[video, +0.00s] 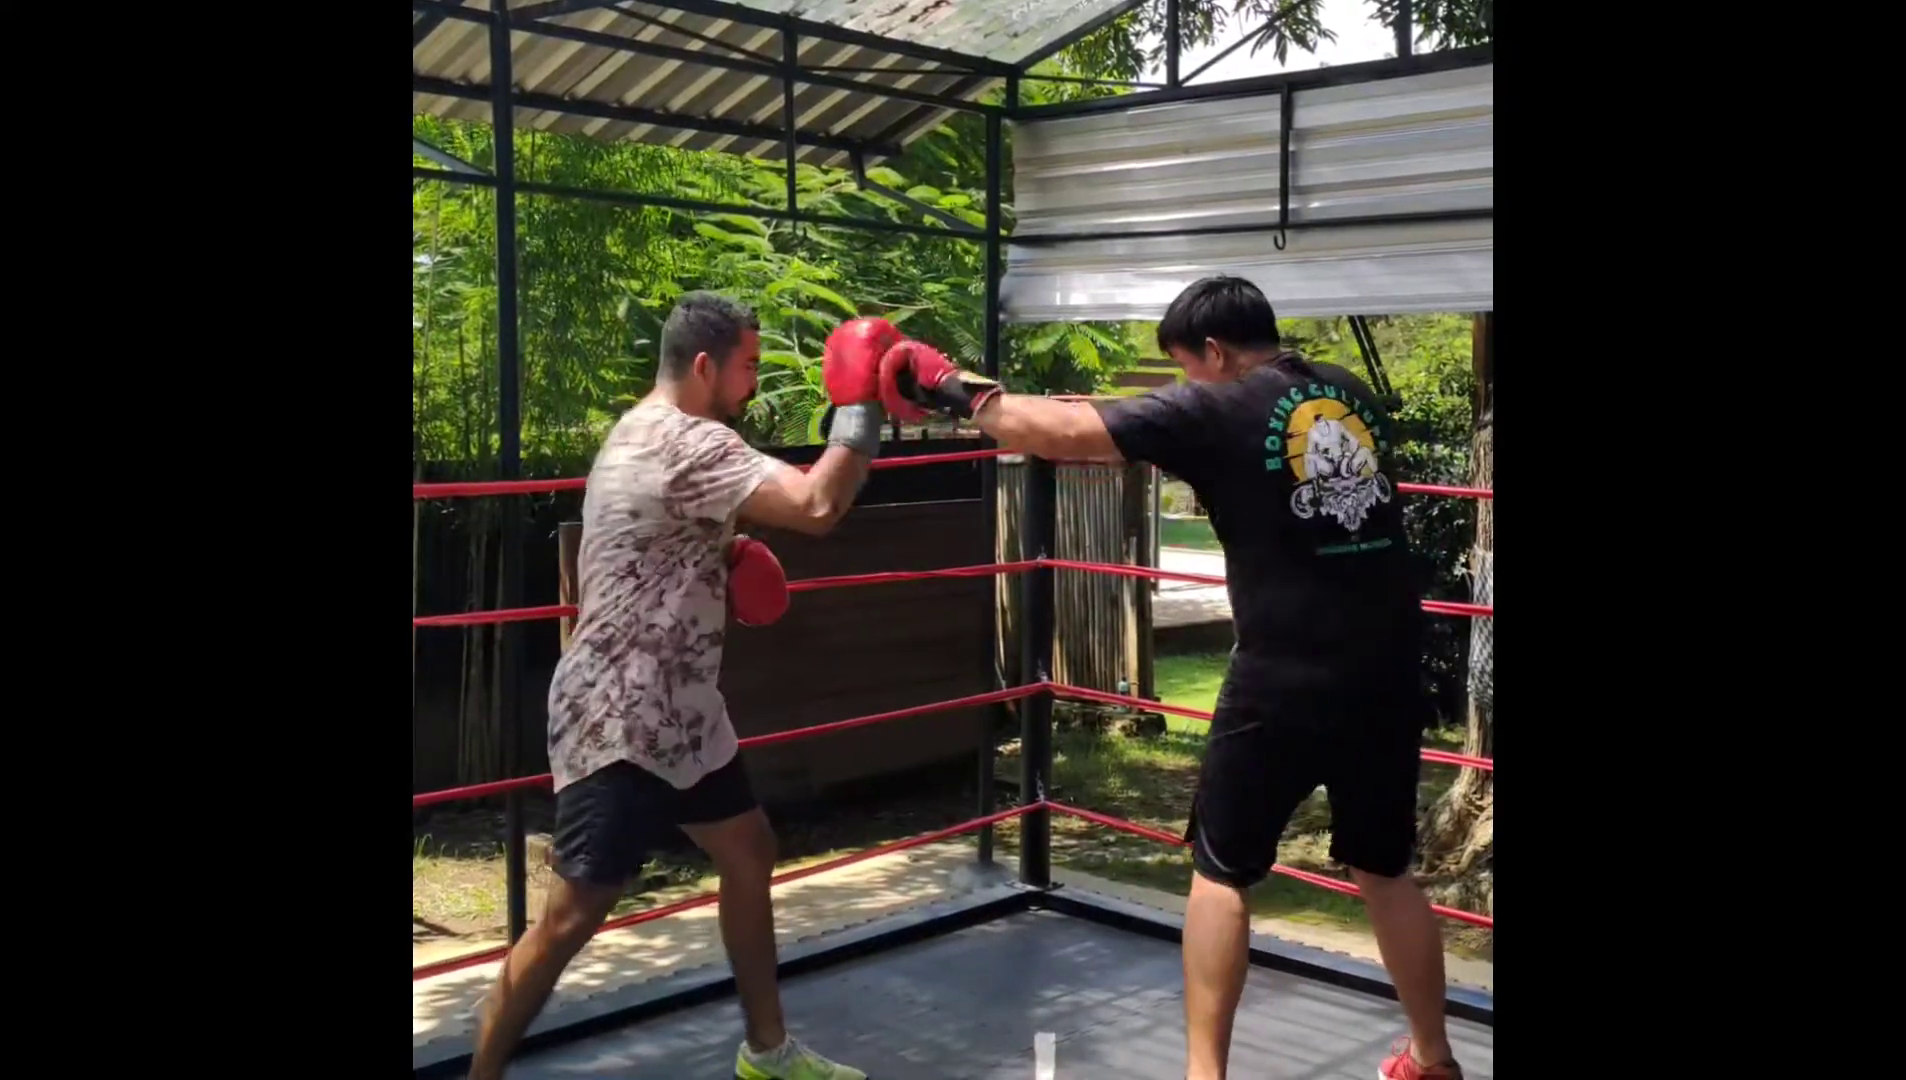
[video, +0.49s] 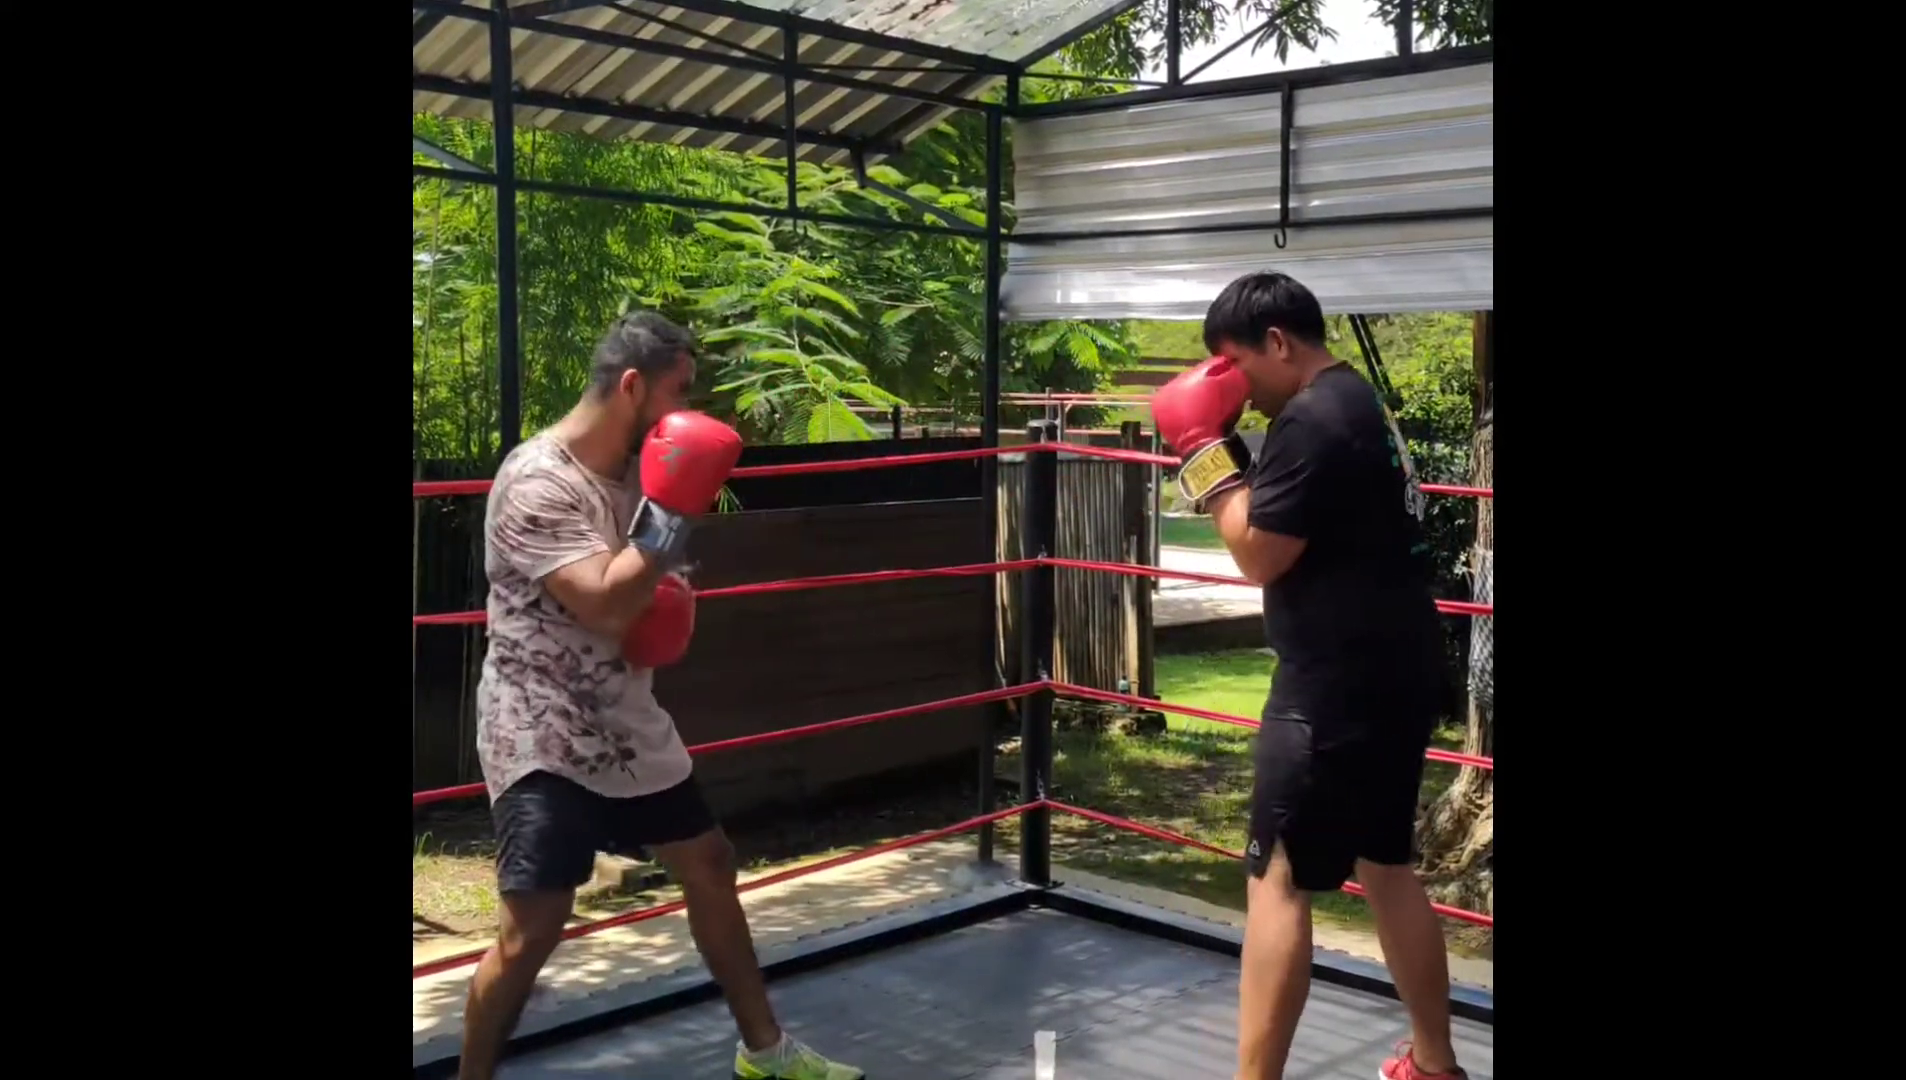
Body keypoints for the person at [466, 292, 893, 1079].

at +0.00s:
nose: (755, 383)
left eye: (757, 366)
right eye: (750, 365)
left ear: (688, 363)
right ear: (707, 363)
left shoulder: (644, 432)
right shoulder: (686, 444)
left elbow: (619, 564)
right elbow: (816, 507)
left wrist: (717, 570)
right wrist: (859, 404)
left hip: (677, 708)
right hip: (621, 713)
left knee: (747, 852)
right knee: (567, 918)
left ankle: (769, 1048)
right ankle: (482, 1071)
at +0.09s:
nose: (754, 392)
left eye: (756, 377)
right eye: (747, 376)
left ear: (690, 370)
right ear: (710, 370)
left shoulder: (654, 440)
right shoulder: (682, 449)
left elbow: (645, 569)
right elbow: (811, 514)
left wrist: (731, 582)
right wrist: (809, 411)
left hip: (689, 719)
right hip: (633, 724)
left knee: (765, 851)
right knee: (589, 926)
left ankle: (770, 1048)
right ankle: (489, 1072)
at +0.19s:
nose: (743, 379)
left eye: (744, 364)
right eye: (736, 362)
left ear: (678, 364)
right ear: (692, 362)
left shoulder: (644, 440)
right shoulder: (654, 454)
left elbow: (607, 577)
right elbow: (769, 542)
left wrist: (720, 583)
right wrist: (788, 450)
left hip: (685, 719)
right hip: (629, 726)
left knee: (758, 850)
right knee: (582, 923)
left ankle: (770, 1046)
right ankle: (489, 1072)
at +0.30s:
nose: (732, 377)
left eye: (735, 361)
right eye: (725, 359)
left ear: (673, 361)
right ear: (679, 358)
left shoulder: (683, 453)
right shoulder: (609, 454)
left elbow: (710, 574)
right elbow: (704, 570)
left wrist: (718, 594)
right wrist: (745, 477)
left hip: (678, 715)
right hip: (595, 723)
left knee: (734, 856)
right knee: (555, 919)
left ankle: (768, 1046)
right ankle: (479, 1072)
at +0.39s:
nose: (711, 394)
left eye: (712, 377)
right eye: (703, 376)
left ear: (654, 375)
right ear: (655, 374)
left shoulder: (662, 466)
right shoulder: (565, 471)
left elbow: (672, 567)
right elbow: (642, 592)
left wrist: (685, 610)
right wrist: (702, 493)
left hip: (652, 720)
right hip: (561, 730)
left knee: (725, 859)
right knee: (533, 929)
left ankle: (767, 1048)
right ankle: (474, 1075)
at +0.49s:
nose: (684, 411)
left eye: (688, 396)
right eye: (678, 393)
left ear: (630, 387)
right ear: (630, 385)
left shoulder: (636, 475)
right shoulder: (531, 482)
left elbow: (656, 583)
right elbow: (602, 605)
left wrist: (661, 623)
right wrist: (673, 513)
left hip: (627, 717)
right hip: (539, 728)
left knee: (710, 866)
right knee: (529, 932)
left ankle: (766, 1048)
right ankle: (472, 1075)